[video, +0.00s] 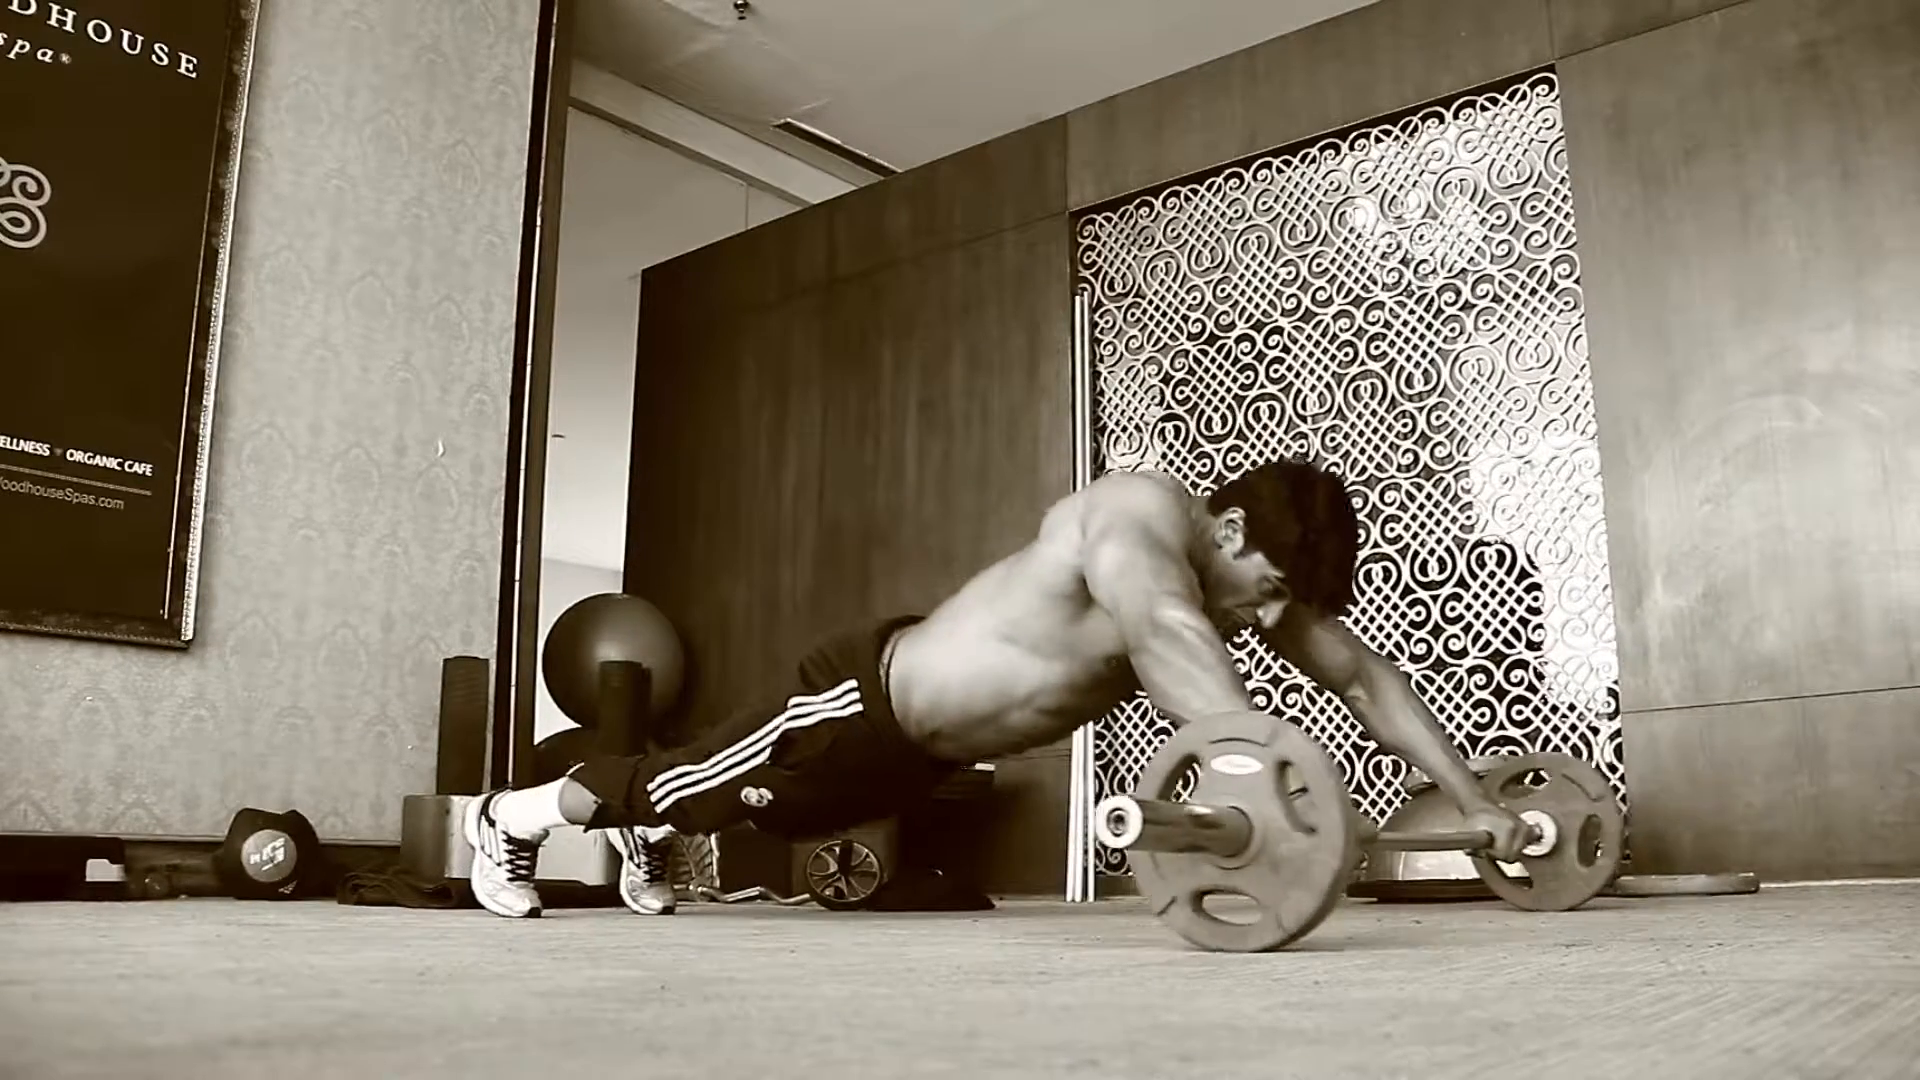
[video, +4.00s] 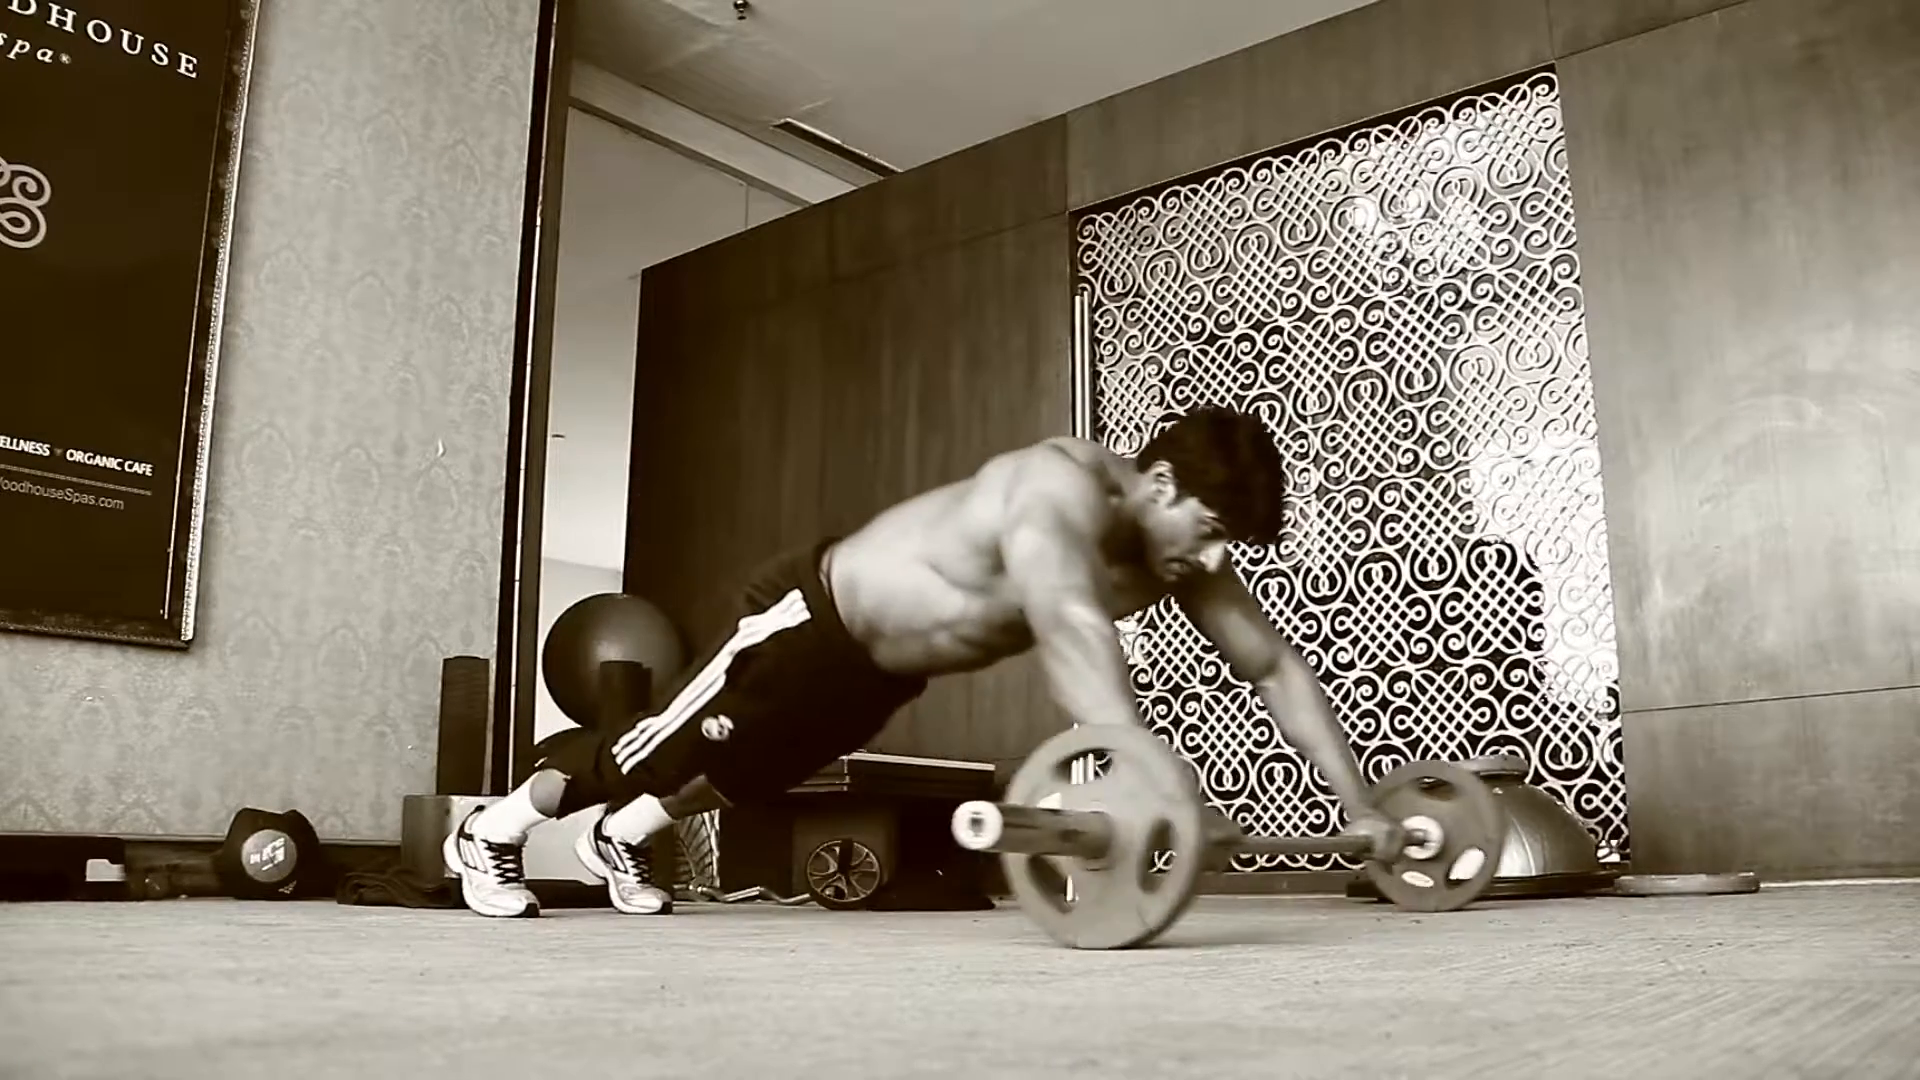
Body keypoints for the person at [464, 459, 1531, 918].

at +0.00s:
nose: (1267, 616)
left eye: (1282, 602)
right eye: (1272, 592)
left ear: (1277, 569)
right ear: (1247, 534)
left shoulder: (1228, 569)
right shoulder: (1135, 515)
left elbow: (1357, 672)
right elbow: (1161, 645)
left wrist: (1457, 778)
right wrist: (1261, 739)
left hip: (935, 743)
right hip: (876, 705)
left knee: (764, 818)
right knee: (676, 790)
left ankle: (613, 854)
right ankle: (521, 816)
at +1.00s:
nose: (1120, 546)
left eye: (1137, 535)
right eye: (1123, 523)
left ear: (1104, 482)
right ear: (1086, 467)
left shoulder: (1084, 511)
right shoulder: (968, 458)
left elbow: (1141, 657)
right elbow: (920, 619)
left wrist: (1171, 809)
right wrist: (933, 801)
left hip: (833, 569)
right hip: (754, 514)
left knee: (711, 705)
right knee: (619, 684)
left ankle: (614, 834)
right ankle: (485, 825)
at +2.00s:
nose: (898, 592)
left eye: (914, 584)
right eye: (900, 573)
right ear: (877, 515)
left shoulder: (895, 509)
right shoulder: (761, 486)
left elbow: (925, 682)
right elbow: (702, 648)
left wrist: (926, 822)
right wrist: (683, 811)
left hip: (706, 497)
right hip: (633, 446)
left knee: (645, 678)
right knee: (551, 655)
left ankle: (603, 853)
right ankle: (471, 851)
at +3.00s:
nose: (947, 568)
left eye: (964, 555)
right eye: (944, 544)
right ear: (906, 496)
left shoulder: (926, 518)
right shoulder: (792, 485)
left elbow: (978, 679)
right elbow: (756, 641)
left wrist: (1007, 818)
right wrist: (763, 806)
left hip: (720, 518)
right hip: (641, 467)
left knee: (654, 689)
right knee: (556, 668)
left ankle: (606, 855)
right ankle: (469, 858)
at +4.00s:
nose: (1209, 556)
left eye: (1227, 544)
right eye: (1212, 531)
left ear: (1204, 517)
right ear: (1168, 480)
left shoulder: (1165, 546)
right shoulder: (1055, 492)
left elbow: (1273, 666)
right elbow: (1067, 633)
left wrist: (1361, 795)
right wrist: (1146, 766)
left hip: (885, 670)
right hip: (820, 615)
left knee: (750, 772)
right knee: (659, 740)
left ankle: (614, 828)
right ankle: (495, 827)